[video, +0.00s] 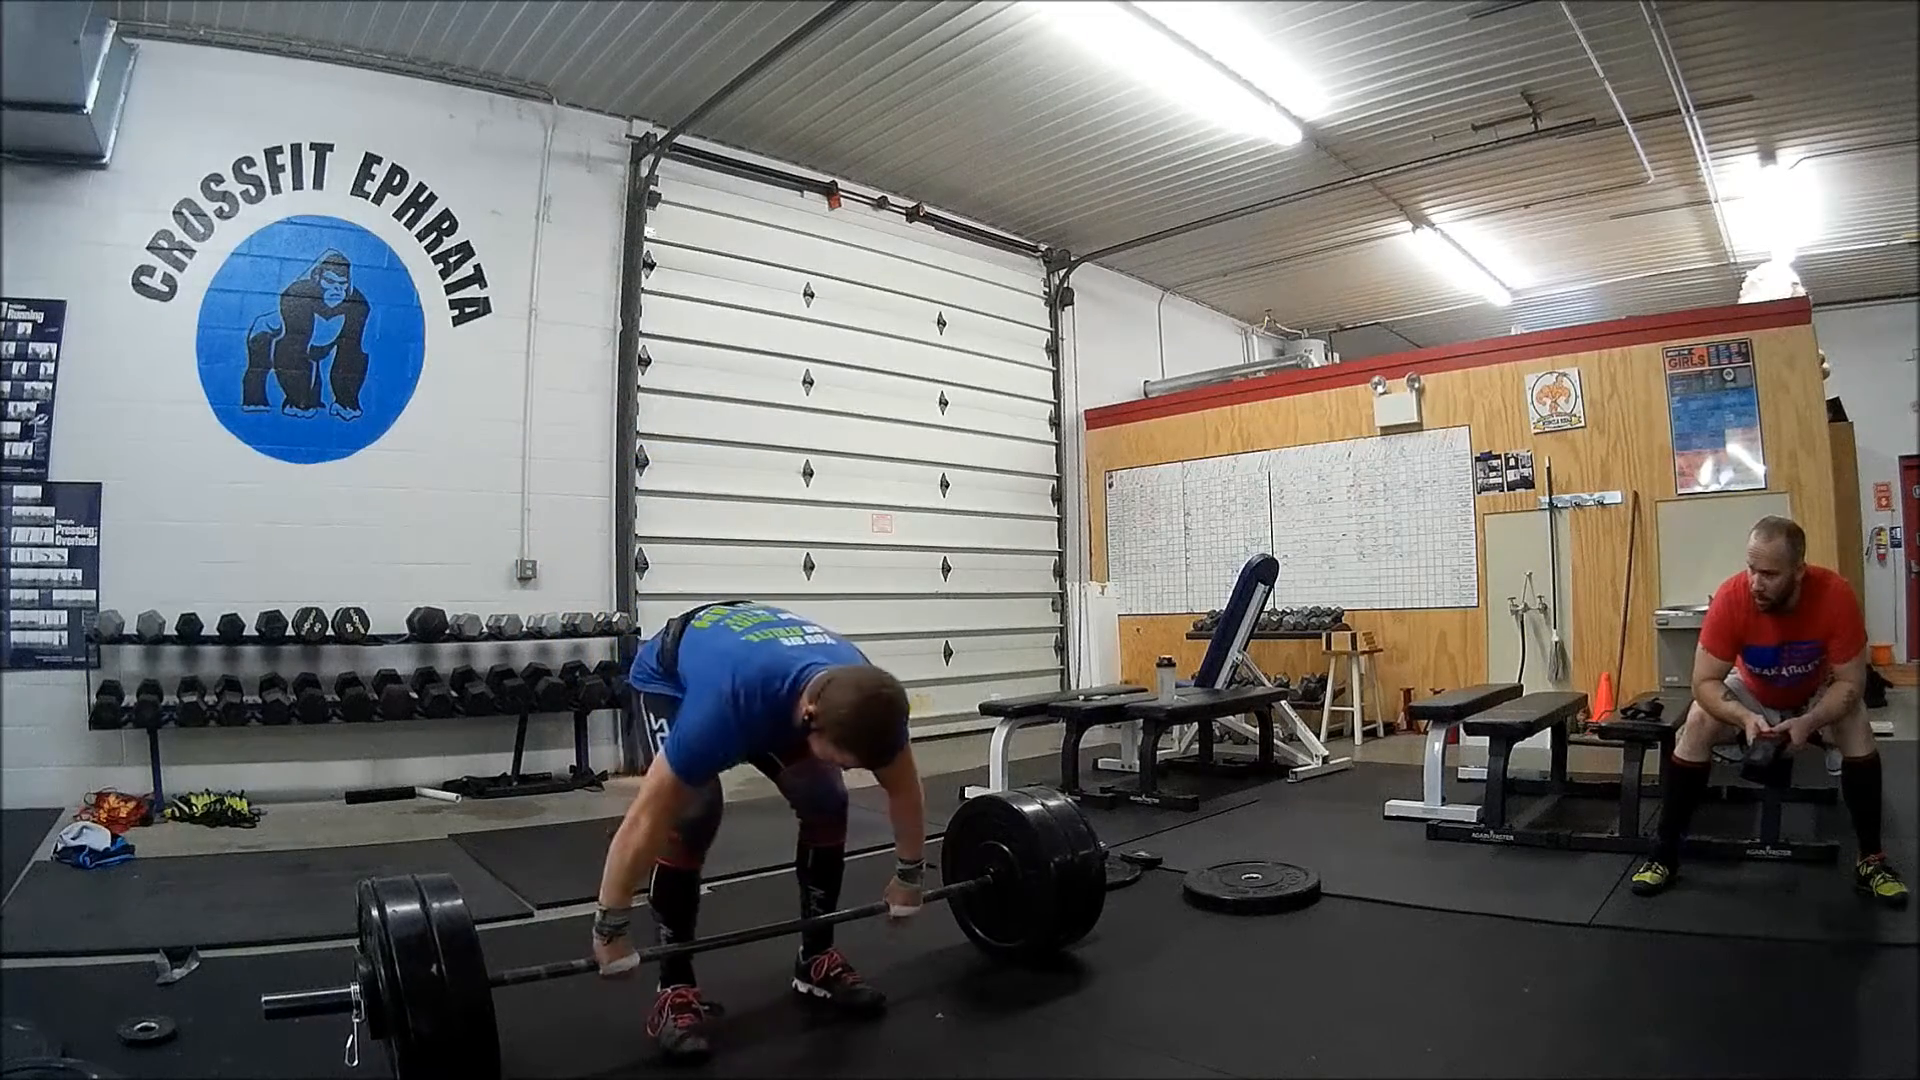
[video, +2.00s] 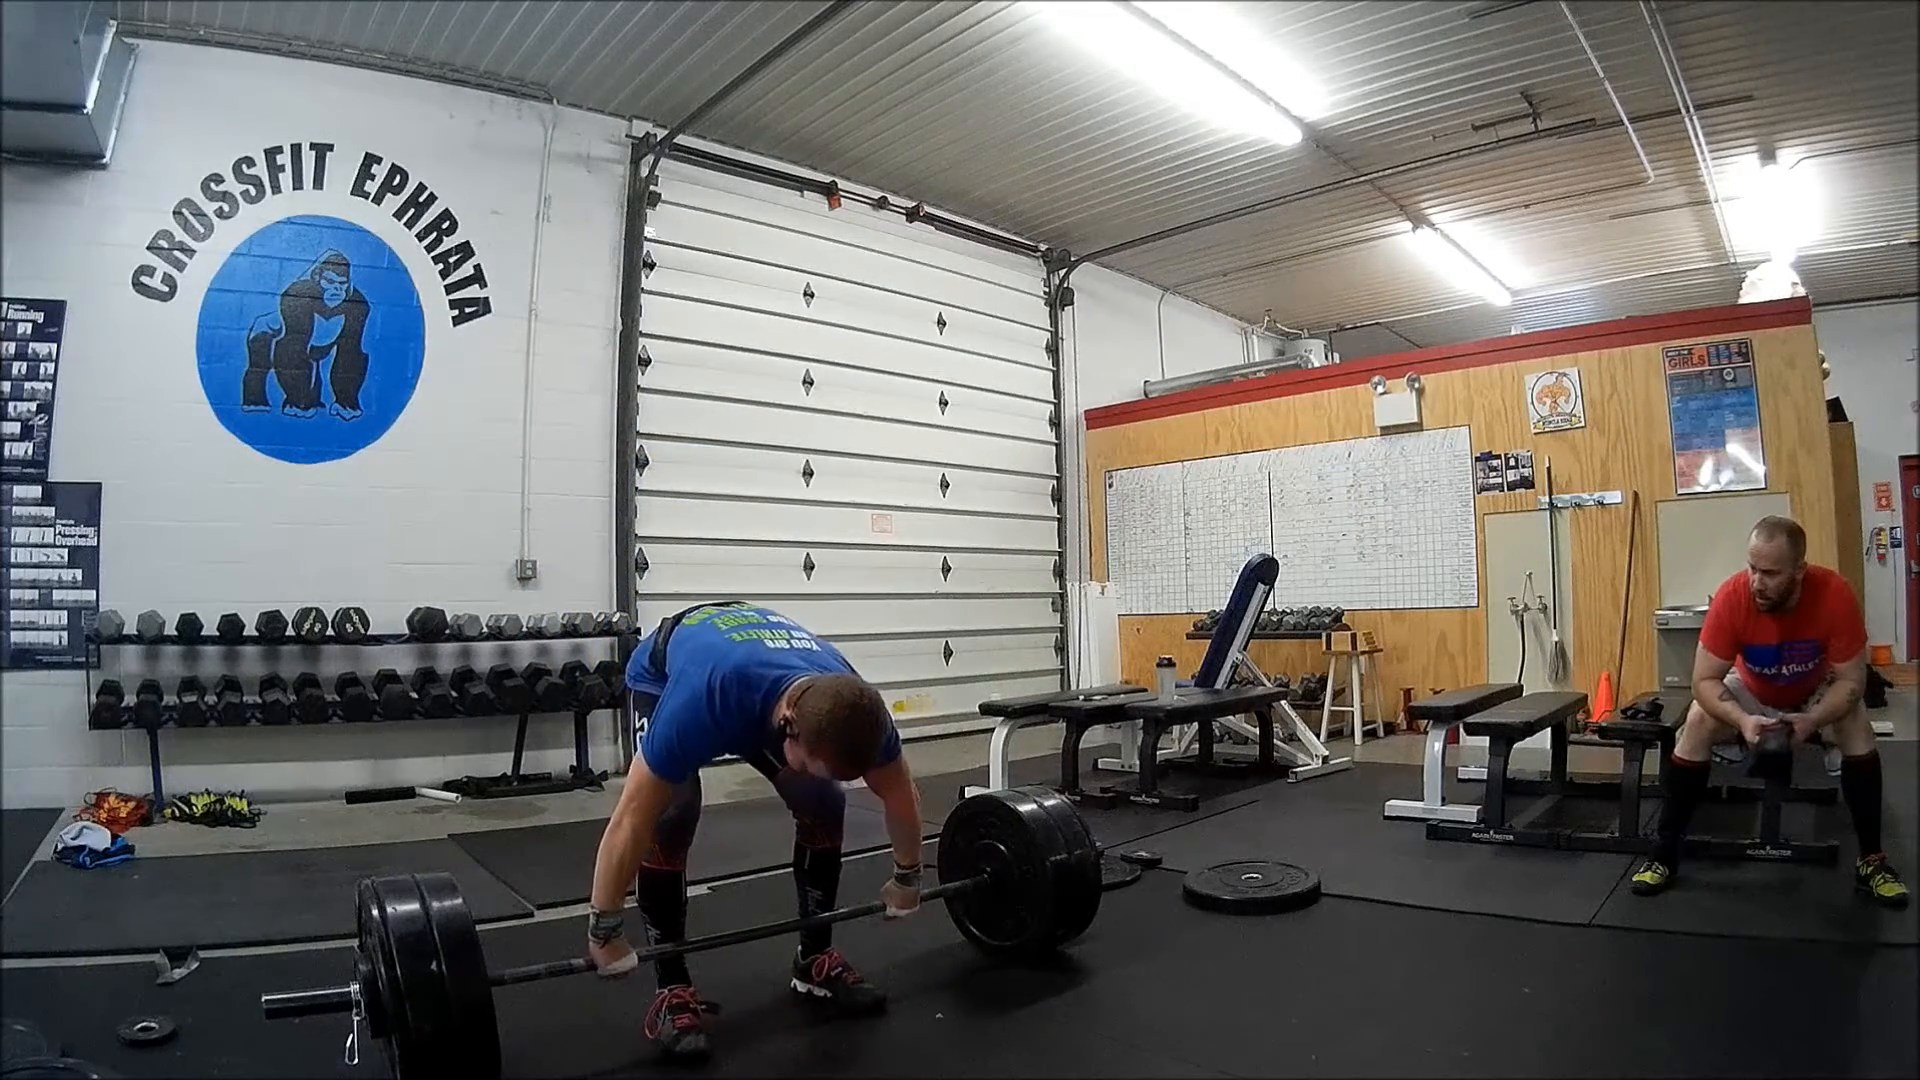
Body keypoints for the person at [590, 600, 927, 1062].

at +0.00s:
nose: (840, 769)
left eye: (853, 765)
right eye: (837, 760)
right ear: (811, 715)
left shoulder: (868, 697)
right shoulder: (723, 708)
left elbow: (904, 787)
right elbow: (645, 818)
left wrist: (910, 874)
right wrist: (610, 928)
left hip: (762, 660)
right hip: (669, 677)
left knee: (826, 801)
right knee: (694, 813)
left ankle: (817, 960)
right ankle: (676, 991)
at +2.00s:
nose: (817, 779)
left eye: (833, 774)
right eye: (815, 767)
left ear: (868, 733)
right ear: (790, 723)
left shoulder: (863, 718)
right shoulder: (700, 705)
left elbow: (899, 793)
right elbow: (631, 816)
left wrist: (909, 877)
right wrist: (603, 930)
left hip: (762, 659)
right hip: (662, 674)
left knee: (824, 803)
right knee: (675, 813)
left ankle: (816, 958)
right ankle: (673, 991)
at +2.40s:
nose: (836, 724)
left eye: (847, 710)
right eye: (824, 710)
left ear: (862, 693)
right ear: (789, 675)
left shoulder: (848, 688)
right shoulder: (703, 685)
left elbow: (880, 784)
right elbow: (651, 812)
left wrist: (901, 868)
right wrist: (619, 923)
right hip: (650, 675)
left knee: (805, 799)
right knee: (659, 826)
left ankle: (813, 959)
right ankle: (670, 990)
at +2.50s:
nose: (840, 662)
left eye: (848, 644)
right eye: (826, 643)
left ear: (856, 637)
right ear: (782, 635)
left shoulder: (847, 687)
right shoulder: (701, 681)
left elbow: (880, 780)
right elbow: (647, 809)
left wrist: (900, 871)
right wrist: (618, 922)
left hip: (742, 721)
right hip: (659, 716)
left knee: (831, 805)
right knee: (672, 819)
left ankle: (815, 961)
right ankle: (671, 994)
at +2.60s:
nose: (824, 616)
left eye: (830, 600)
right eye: (805, 601)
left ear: (837, 606)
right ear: (761, 609)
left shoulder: (839, 684)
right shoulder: (698, 680)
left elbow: (879, 776)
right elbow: (639, 800)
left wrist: (902, 869)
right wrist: (619, 921)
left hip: (762, 770)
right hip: (678, 773)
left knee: (852, 817)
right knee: (674, 830)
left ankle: (814, 963)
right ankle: (673, 997)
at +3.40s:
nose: (814, 590)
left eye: (820, 575)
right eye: (794, 577)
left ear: (830, 587)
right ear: (755, 591)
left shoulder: (835, 672)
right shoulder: (698, 674)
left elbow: (871, 776)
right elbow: (648, 797)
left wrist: (898, 862)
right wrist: (619, 912)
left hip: (765, 779)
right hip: (685, 784)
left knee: (851, 819)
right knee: (690, 834)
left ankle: (815, 963)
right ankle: (674, 996)